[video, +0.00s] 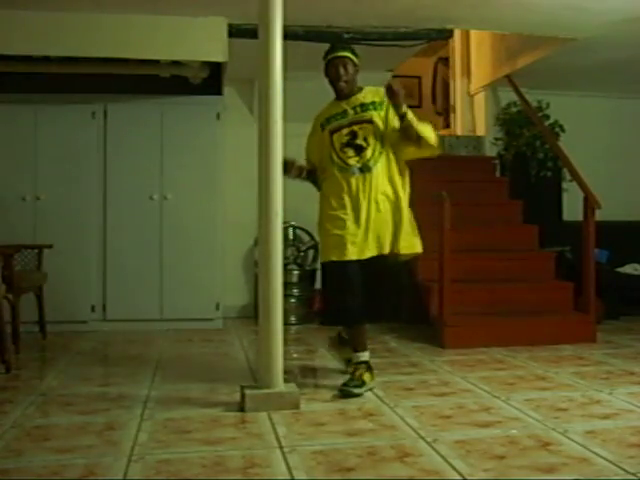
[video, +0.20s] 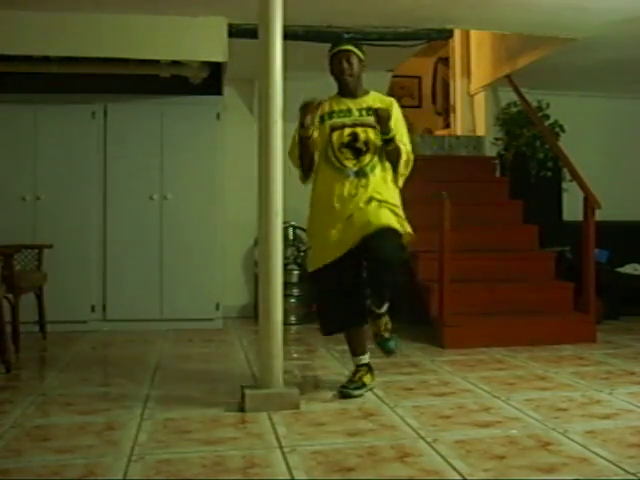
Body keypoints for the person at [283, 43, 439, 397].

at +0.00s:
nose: (340, 74)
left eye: (346, 67)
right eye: (333, 69)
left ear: (357, 70)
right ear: (326, 76)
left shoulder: (381, 101)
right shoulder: (322, 121)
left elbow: (426, 145)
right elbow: (325, 178)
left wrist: (403, 111)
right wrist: (304, 171)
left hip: (382, 216)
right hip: (340, 221)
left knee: (374, 288)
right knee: (347, 292)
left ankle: (348, 337)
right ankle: (361, 364)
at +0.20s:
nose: (345, 67)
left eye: (351, 60)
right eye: (339, 62)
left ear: (363, 66)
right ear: (332, 70)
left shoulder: (385, 106)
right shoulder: (318, 110)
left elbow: (400, 164)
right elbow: (305, 169)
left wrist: (387, 132)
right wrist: (305, 129)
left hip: (376, 204)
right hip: (331, 212)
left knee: (386, 256)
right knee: (344, 292)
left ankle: (380, 314)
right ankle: (361, 366)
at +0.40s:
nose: (350, 53)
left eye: (356, 49)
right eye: (344, 48)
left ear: (366, 58)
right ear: (335, 58)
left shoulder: (382, 101)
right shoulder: (315, 93)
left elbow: (395, 160)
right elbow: (302, 142)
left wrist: (372, 119)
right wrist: (325, 112)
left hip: (367, 198)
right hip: (323, 203)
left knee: (362, 265)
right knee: (337, 288)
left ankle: (362, 366)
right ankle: (360, 366)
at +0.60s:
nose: (350, 55)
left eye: (357, 50)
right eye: (344, 49)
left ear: (366, 62)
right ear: (333, 59)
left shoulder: (375, 108)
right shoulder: (311, 95)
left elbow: (388, 166)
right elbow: (301, 145)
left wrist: (371, 134)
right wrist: (335, 127)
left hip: (360, 208)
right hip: (316, 208)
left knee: (352, 292)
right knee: (326, 294)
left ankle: (337, 390)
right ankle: (358, 358)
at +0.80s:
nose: (333, 33)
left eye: (341, 29)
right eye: (326, 29)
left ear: (353, 43)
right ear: (317, 44)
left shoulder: (375, 88)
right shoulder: (299, 85)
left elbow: (397, 125)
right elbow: (276, 129)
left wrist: (379, 74)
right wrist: (280, 74)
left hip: (352, 213)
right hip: (298, 210)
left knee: (347, 312)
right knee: (296, 313)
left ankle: (335, 391)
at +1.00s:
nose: (309, 30)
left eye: (316, 23)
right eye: (302, 25)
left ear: (332, 31)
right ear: (294, 36)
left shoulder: (359, 71)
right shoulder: (281, 89)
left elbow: (398, 88)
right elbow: (249, 138)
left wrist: (373, 38)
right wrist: (232, 90)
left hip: (341, 210)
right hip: (281, 207)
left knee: (337, 311)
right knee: (258, 288)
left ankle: (335, 392)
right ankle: (273, 377)